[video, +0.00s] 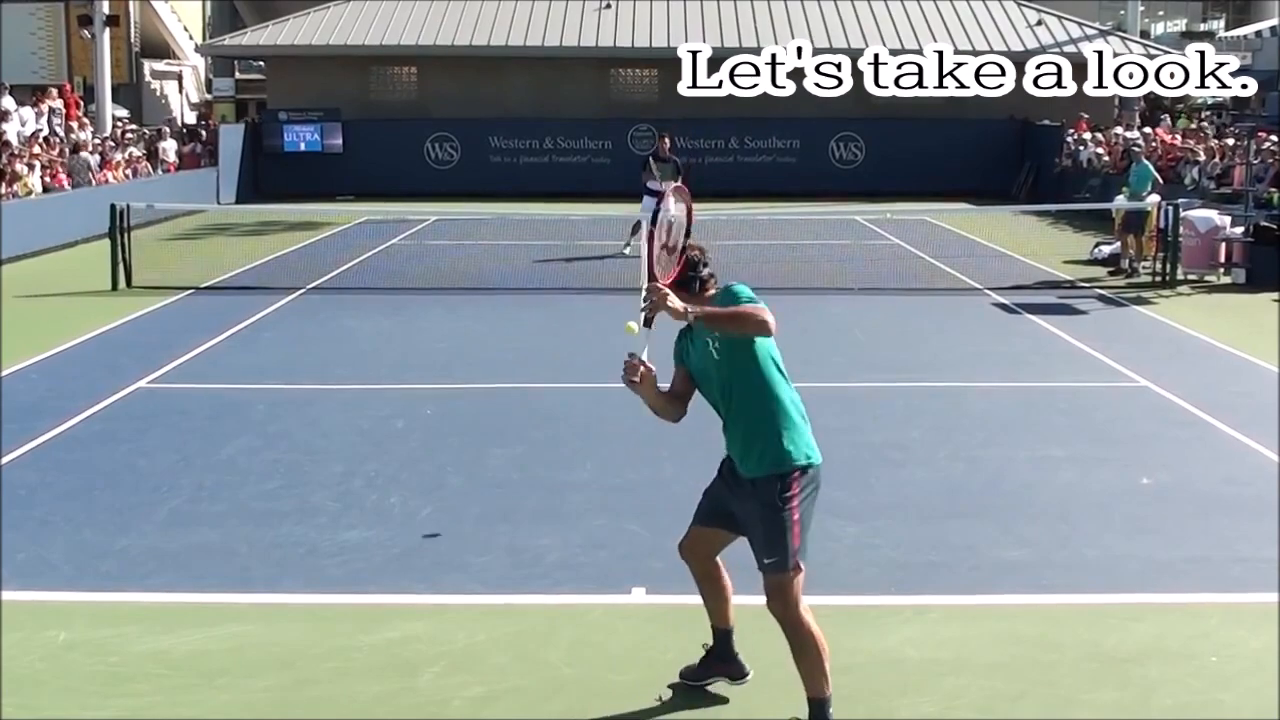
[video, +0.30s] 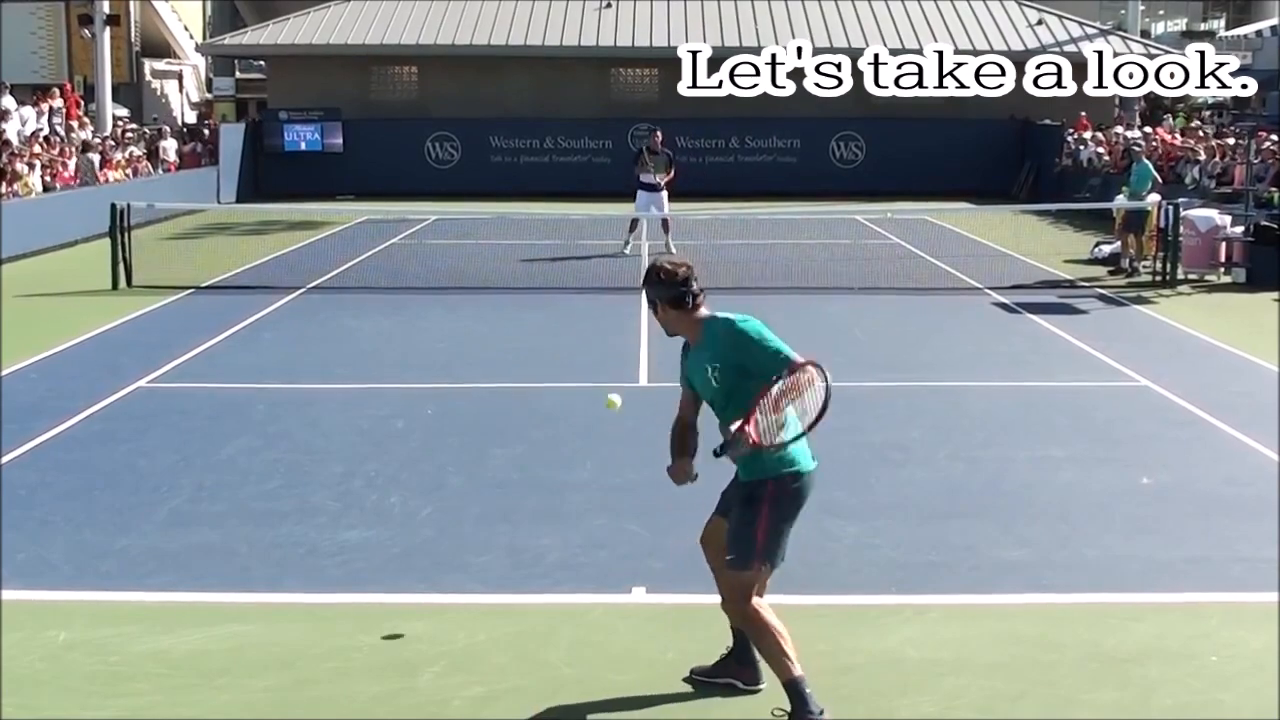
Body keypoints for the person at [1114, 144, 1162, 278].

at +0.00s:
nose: (1134, 155)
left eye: (1136, 152)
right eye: (1132, 152)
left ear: (1142, 153)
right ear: (1130, 153)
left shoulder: (1147, 166)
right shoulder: (1133, 166)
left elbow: (1159, 183)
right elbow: (1132, 184)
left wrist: (1147, 195)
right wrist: (1128, 191)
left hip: (1142, 205)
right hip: (1130, 204)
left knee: (1138, 236)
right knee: (1122, 234)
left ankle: (1137, 267)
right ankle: (1123, 265)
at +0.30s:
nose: (1134, 154)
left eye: (1137, 151)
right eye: (1132, 151)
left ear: (1142, 151)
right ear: (1130, 152)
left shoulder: (1146, 165)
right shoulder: (1134, 166)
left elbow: (1158, 181)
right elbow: (1134, 183)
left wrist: (1146, 194)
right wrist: (1128, 190)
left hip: (1142, 205)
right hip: (1131, 204)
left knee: (1138, 236)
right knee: (1123, 234)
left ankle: (1137, 266)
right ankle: (1123, 264)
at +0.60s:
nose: (1135, 151)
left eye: (1138, 148)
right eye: (1134, 148)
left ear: (1144, 148)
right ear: (1132, 149)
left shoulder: (1148, 162)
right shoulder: (1136, 163)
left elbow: (1159, 178)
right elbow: (1136, 180)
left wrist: (1148, 191)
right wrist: (1130, 188)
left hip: (1143, 202)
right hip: (1133, 201)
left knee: (1140, 233)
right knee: (1125, 230)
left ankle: (1139, 263)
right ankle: (1126, 261)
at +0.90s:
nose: (1134, 152)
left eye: (1136, 149)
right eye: (1133, 149)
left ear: (1143, 148)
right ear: (1133, 150)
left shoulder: (1148, 162)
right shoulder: (1136, 163)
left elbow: (1160, 179)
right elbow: (1136, 180)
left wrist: (1149, 191)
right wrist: (1130, 188)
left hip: (1143, 202)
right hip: (1133, 201)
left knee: (1140, 233)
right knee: (1125, 230)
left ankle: (1139, 263)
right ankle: (1126, 261)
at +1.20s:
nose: (1130, 154)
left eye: (1133, 151)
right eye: (1130, 151)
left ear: (1140, 151)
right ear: (1132, 152)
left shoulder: (1147, 164)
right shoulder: (1134, 165)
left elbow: (1158, 181)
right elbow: (1136, 182)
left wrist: (1146, 193)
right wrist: (1128, 190)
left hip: (1142, 204)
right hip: (1131, 203)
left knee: (1139, 234)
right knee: (1124, 232)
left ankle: (1138, 265)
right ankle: (1125, 263)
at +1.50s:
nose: (1129, 154)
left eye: (1132, 151)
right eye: (1129, 151)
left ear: (1138, 152)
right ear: (1130, 152)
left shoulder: (1145, 166)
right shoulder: (1132, 165)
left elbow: (1156, 182)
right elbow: (1134, 182)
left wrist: (1144, 193)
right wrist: (1126, 191)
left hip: (1140, 206)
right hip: (1129, 204)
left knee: (1138, 236)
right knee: (1123, 234)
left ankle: (1137, 265)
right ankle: (1123, 263)